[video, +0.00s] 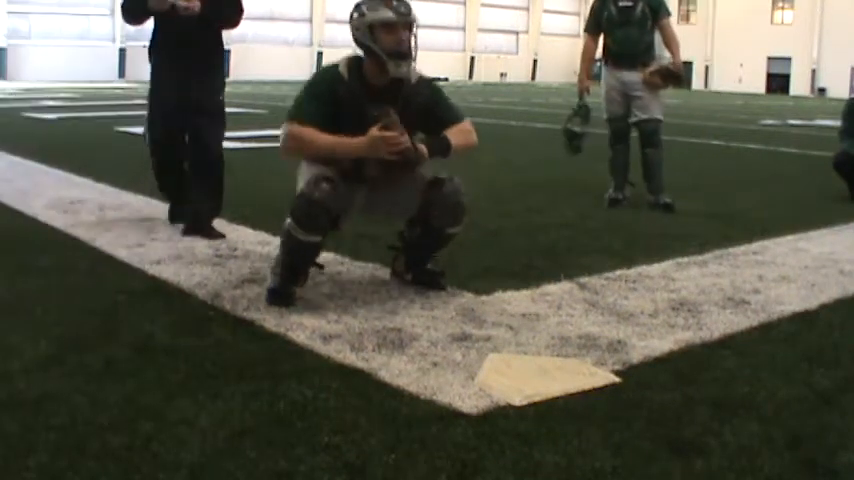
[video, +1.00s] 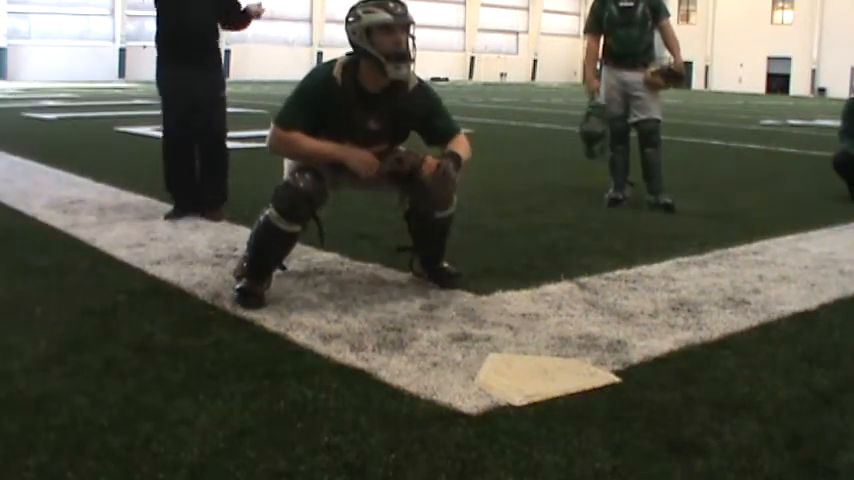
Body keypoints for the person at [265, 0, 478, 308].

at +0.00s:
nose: (402, 39)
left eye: (407, 30)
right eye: (390, 31)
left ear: (413, 33)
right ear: (364, 35)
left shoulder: (420, 89)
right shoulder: (330, 82)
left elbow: (467, 135)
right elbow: (292, 141)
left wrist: (424, 147)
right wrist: (364, 146)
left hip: (392, 187)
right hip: (338, 186)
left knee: (446, 195)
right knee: (320, 191)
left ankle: (412, 265)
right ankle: (287, 278)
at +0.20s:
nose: (406, 20)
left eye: (409, 11)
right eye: (395, 13)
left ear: (415, 8)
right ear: (369, 9)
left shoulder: (417, 51)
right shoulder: (328, 42)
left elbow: (460, 111)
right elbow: (290, 109)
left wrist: (417, 134)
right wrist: (355, 135)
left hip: (391, 146)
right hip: (332, 146)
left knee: (445, 163)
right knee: (301, 159)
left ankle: (433, 254)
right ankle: (260, 267)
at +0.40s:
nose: (402, 36)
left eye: (406, 26)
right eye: (390, 26)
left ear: (412, 29)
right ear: (364, 32)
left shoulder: (414, 85)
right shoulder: (326, 76)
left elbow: (466, 132)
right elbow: (277, 131)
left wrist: (434, 144)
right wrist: (344, 152)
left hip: (388, 161)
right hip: (323, 160)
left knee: (437, 181)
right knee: (304, 192)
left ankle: (432, 263)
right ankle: (255, 276)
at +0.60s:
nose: (401, 45)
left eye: (404, 36)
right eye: (389, 37)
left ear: (410, 38)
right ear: (363, 42)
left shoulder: (414, 94)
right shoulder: (325, 84)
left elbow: (460, 144)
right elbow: (282, 141)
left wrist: (451, 159)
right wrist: (350, 155)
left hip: (389, 171)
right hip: (329, 171)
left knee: (438, 175)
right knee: (297, 187)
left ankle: (431, 263)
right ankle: (254, 276)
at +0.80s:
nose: (403, 34)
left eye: (406, 24)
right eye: (390, 25)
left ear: (411, 27)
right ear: (364, 30)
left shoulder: (413, 83)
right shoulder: (324, 72)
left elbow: (455, 132)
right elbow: (280, 130)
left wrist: (459, 157)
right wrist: (350, 146)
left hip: (375, 158)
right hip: (318, 154)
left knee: (435, 174)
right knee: (298, 184)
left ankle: (430, 262)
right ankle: (253, 276)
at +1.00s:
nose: (401, 42)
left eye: (404, 32)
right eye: (388, 32)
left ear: (409, 35)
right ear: (363, 38)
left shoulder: (412, 90)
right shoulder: (325, 80)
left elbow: (459, 141)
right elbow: (279, 139)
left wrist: (448, 163)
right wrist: (346, 154)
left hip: (379, 164)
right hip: (321, 161)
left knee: (436, 179)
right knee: (302, 189)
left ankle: (430, 263)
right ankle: (253, 277)